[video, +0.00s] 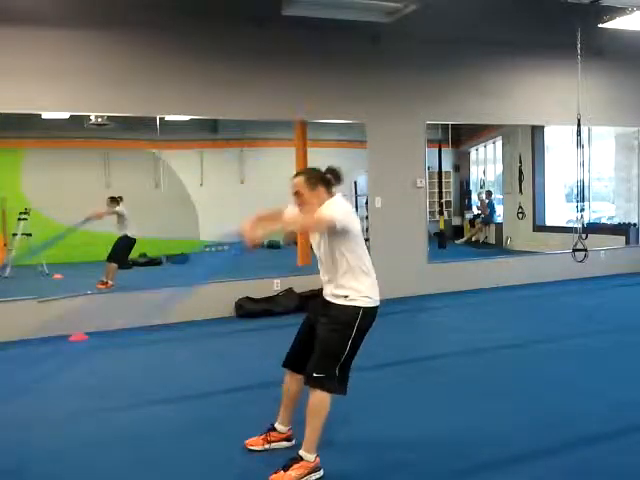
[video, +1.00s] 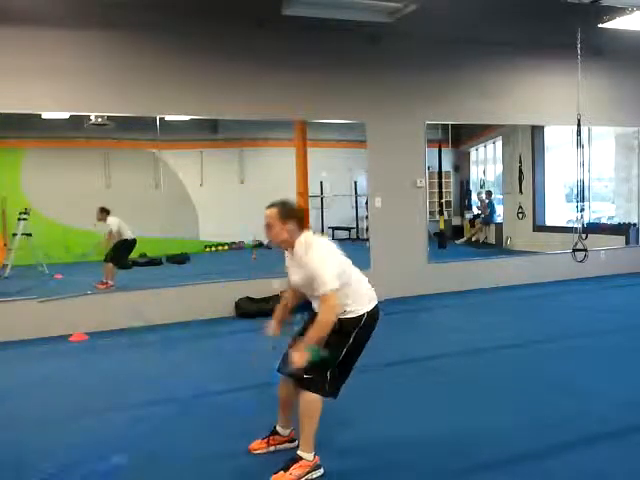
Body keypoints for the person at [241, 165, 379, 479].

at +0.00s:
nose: (297, 200)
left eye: (300, 194)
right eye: (295, 195)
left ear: (320, 190)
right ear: (308, 194)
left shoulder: (338, 207)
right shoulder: (309, 210)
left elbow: (313, 223)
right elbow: (281, 216)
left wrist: (270, 229)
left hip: (356, 302)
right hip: (330, 296)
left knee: (320, 379)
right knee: (296, 366)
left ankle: (309, 458)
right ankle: (282, 429)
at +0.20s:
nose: (271, 224)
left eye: (274, 217)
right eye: (269, 218)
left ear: (290, 213)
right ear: (280, 215)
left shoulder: (315, 229)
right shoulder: (296, 234)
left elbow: (335, 225)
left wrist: (307, 198)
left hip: (354, 306)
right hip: (328, 303)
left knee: (315, 380)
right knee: (290, 369)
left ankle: (306, 456)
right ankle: (285, 429)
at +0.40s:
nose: (260, 241)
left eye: (265, 235)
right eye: (261, 236)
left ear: (287, 238)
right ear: (284, 239)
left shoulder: (314, 263)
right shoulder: (292, 261)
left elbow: (333, 317)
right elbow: (298, 302)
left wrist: (314, 359)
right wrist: (285, 334)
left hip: (361, 314)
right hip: (331, 312)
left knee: (313, 382)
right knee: (291, 368)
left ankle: (305, 458)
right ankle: (285, 433)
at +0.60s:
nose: (304, 189)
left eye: (308, 181)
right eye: (301, 182)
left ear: (325, 178)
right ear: (303, 183)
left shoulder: (343, 197)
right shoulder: (316, 205)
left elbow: (326, 182)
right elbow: (291, 189)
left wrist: (286, 185)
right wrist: (259, 199)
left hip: (357, 297)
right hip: (330, 292)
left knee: (329, 377)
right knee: (301, 365)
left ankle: (314, 456)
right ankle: (287, 429)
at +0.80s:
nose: (268, 231)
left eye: (270, 224)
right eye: (266, 225)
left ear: (285, 221)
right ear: (279, 222)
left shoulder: (309, 239)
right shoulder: (294, 239)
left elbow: (326, 268)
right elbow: (265, 239)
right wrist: (254, 234)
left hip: (356, 309)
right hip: (326, 306)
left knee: (314, 378)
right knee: (289, 367)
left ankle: (308, 456)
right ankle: (284, 431)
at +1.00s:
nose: (267, 231)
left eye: (270, 226)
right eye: (267, 225)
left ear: (290, 226)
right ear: (286, 227)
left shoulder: (316, 253)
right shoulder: (293, 250)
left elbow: (331, 307)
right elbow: (297, 288)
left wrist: (305, 347)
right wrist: (279, 317)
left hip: (357, 312)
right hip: (328, 310)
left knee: (313, 380)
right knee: (290, 367)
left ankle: (307, 458)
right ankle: (285, 432)